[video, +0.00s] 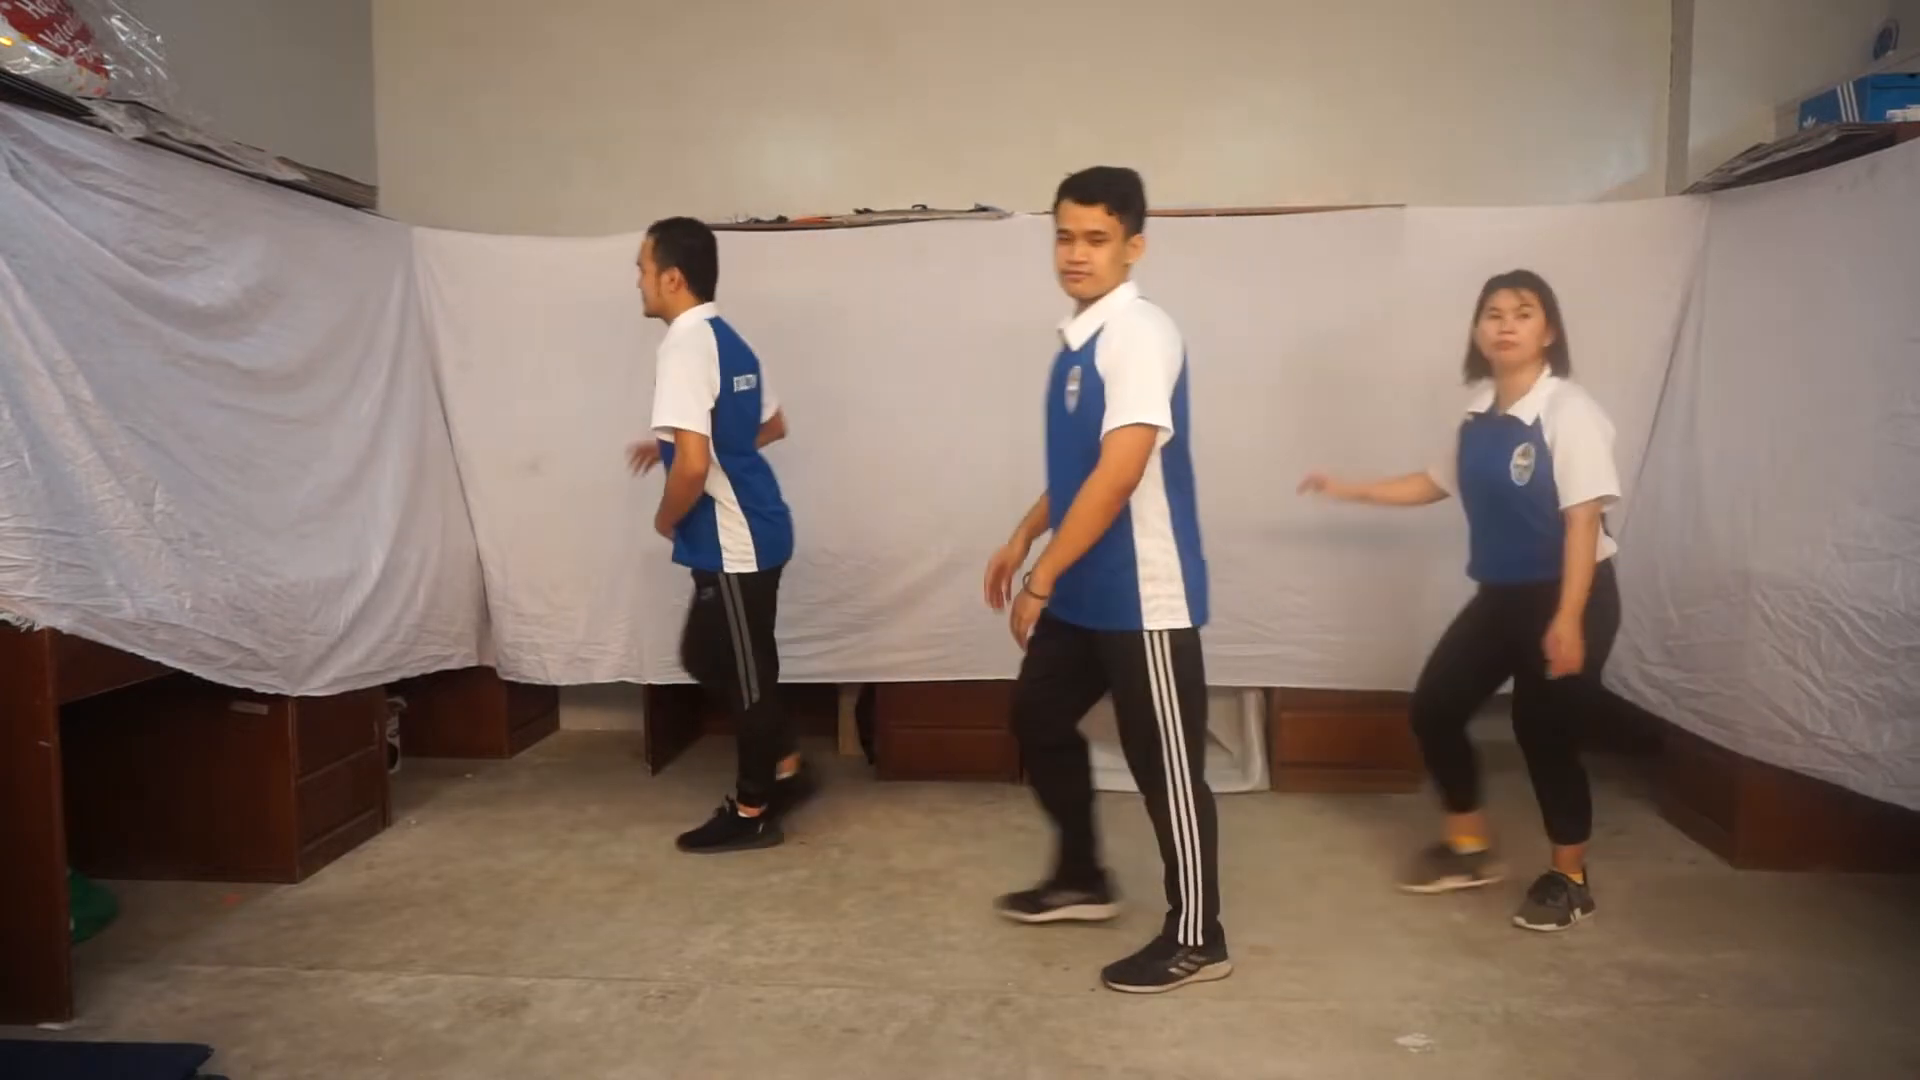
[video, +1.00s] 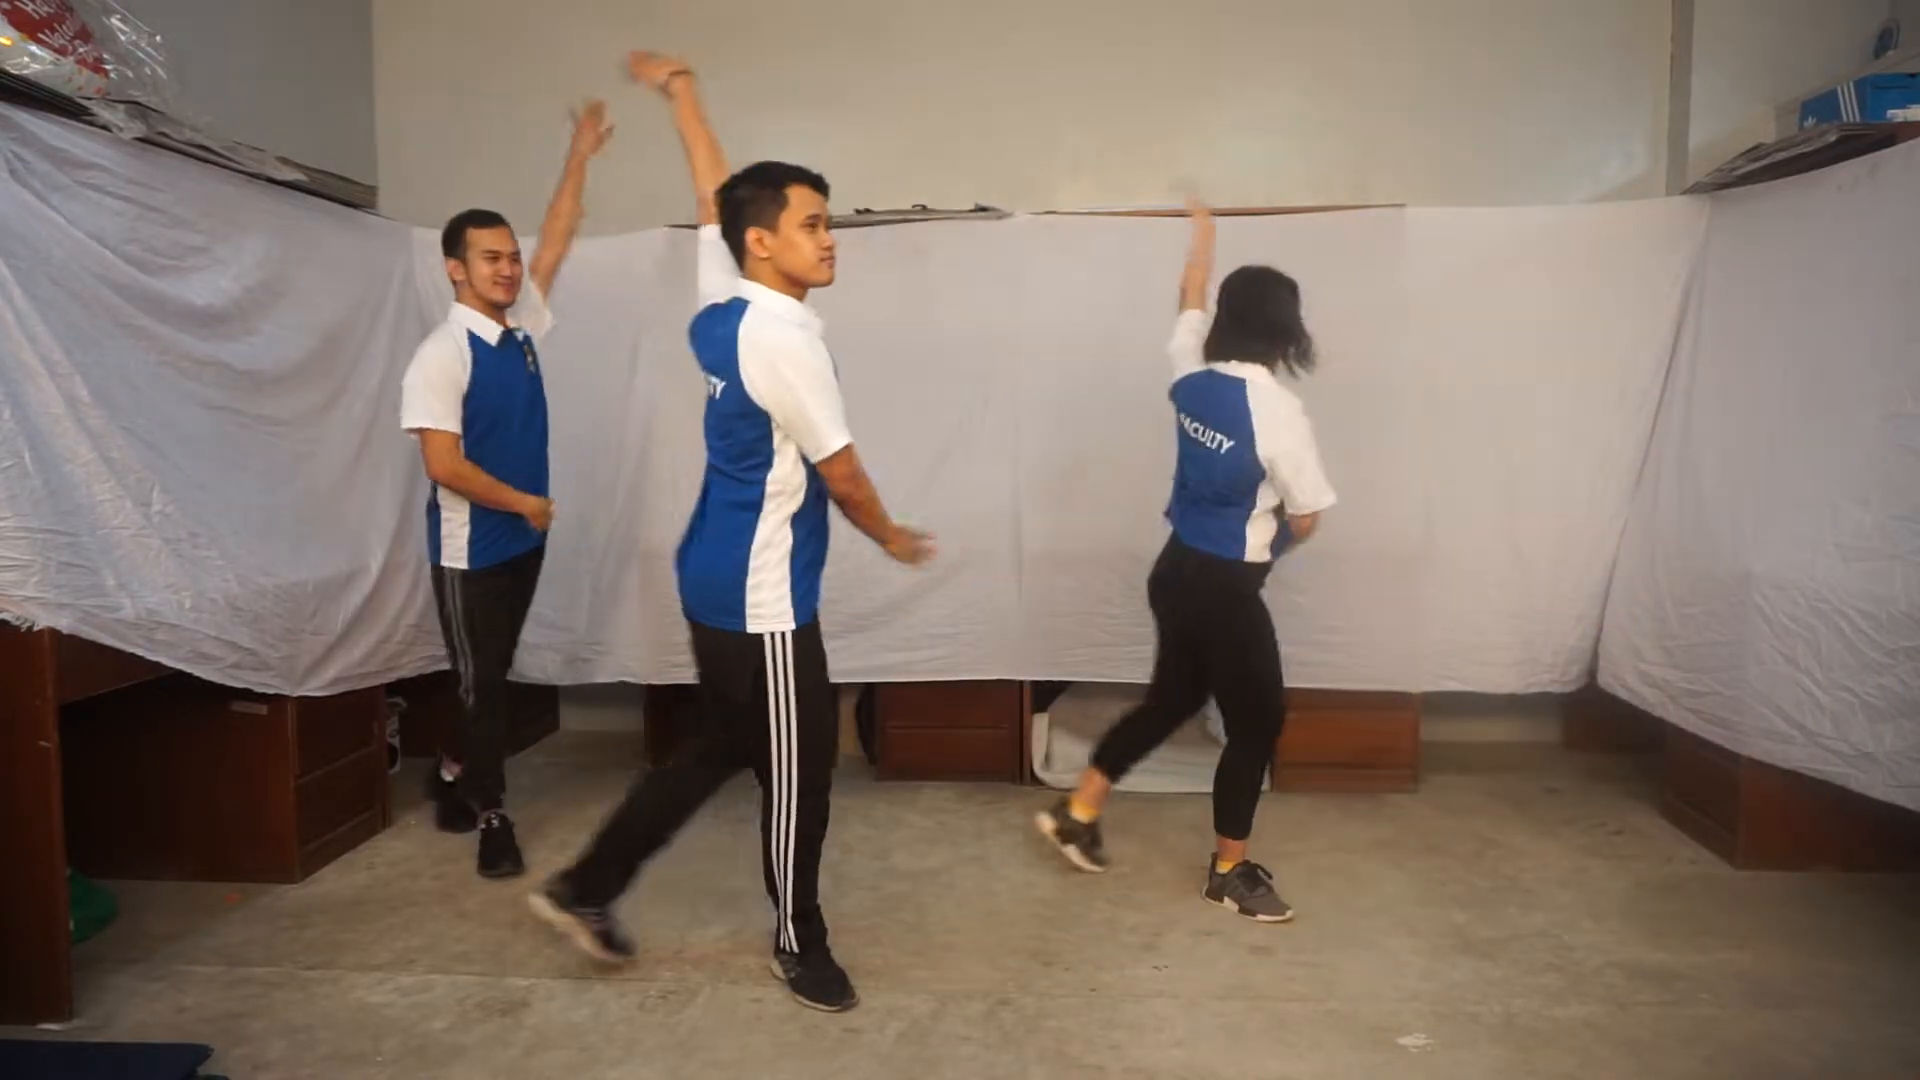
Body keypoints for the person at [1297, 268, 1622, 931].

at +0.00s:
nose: (1505, 324)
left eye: (1523, 314)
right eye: (1493, 315)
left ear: (1549, 333)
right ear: (1478, 334)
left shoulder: (1572, 412)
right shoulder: (1477, 415)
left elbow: (1584, 525)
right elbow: (1434, 484)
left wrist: (1569, 618)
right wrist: (1348, 490)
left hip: (1569, 595)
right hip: (1500, 597)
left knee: (1542, 725)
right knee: (1434, 708)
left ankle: (1570, 875)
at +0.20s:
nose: (1467, 319)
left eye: (1480, 308)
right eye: (1452, 310)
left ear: (1500, 325)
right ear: (1429, 329)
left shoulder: (1526, 411)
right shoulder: (1399, 406)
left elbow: (1574, 507)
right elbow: (1358, 489)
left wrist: (1616, 594)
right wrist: (1300, 552)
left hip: (1487, 598)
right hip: (1401, 593)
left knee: (1474, 734)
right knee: (1384, 724)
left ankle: (1519, 859)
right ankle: (1378, 856)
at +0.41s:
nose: (1430, 322)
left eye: (1439, 311)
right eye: (1413, 312)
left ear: (1452, 325)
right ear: (1382, 329)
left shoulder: (1476, 412)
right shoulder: (1347, 405)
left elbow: (1508, 507)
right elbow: (1275, 466)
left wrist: (1575, 572)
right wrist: (1237, 529)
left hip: (1438, 599)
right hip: (1350, 595)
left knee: (1442, 731)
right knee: (1333, 724)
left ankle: (1430, 861)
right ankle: (1313, 844)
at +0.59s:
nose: (1397, 334)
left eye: (1399, 323)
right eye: (1384, 323)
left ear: (1395, 334)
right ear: (1343, 334)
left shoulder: (1402, 416)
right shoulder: (1308, 411)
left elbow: (1457, 476)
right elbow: (1249, 495)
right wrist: (1249, 558)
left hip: (1367, 604)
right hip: (1293, 602)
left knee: (1402, 729)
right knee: (1293, 737)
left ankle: (1426, 861)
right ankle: (1233, 865)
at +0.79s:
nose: (1343, 330)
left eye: (1343, 319)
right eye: (1337, 320)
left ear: (1281, 321)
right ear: (1311, 325)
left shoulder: (1287, 381)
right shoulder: (1281, 399)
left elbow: (1323, 358)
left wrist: (1363, 314)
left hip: (1273, 580)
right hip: (1235, 585)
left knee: (1313, 701)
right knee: (1254, 722)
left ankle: (1265, 834)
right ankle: (1227, 866)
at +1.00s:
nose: (1298, 326)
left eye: (1288, 312)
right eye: (1293, 315)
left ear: (1225, 323)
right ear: (1284, 325)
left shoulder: (1192, 374)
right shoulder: (1275, 403)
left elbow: (1193, 301)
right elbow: (1305, 517)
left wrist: (1203, 233)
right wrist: (1276, 534)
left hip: (1173, 575)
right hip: (1226, 588)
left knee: (1173, 698)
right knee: (1258, 721)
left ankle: (1079, 809)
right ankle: (1229, 865)